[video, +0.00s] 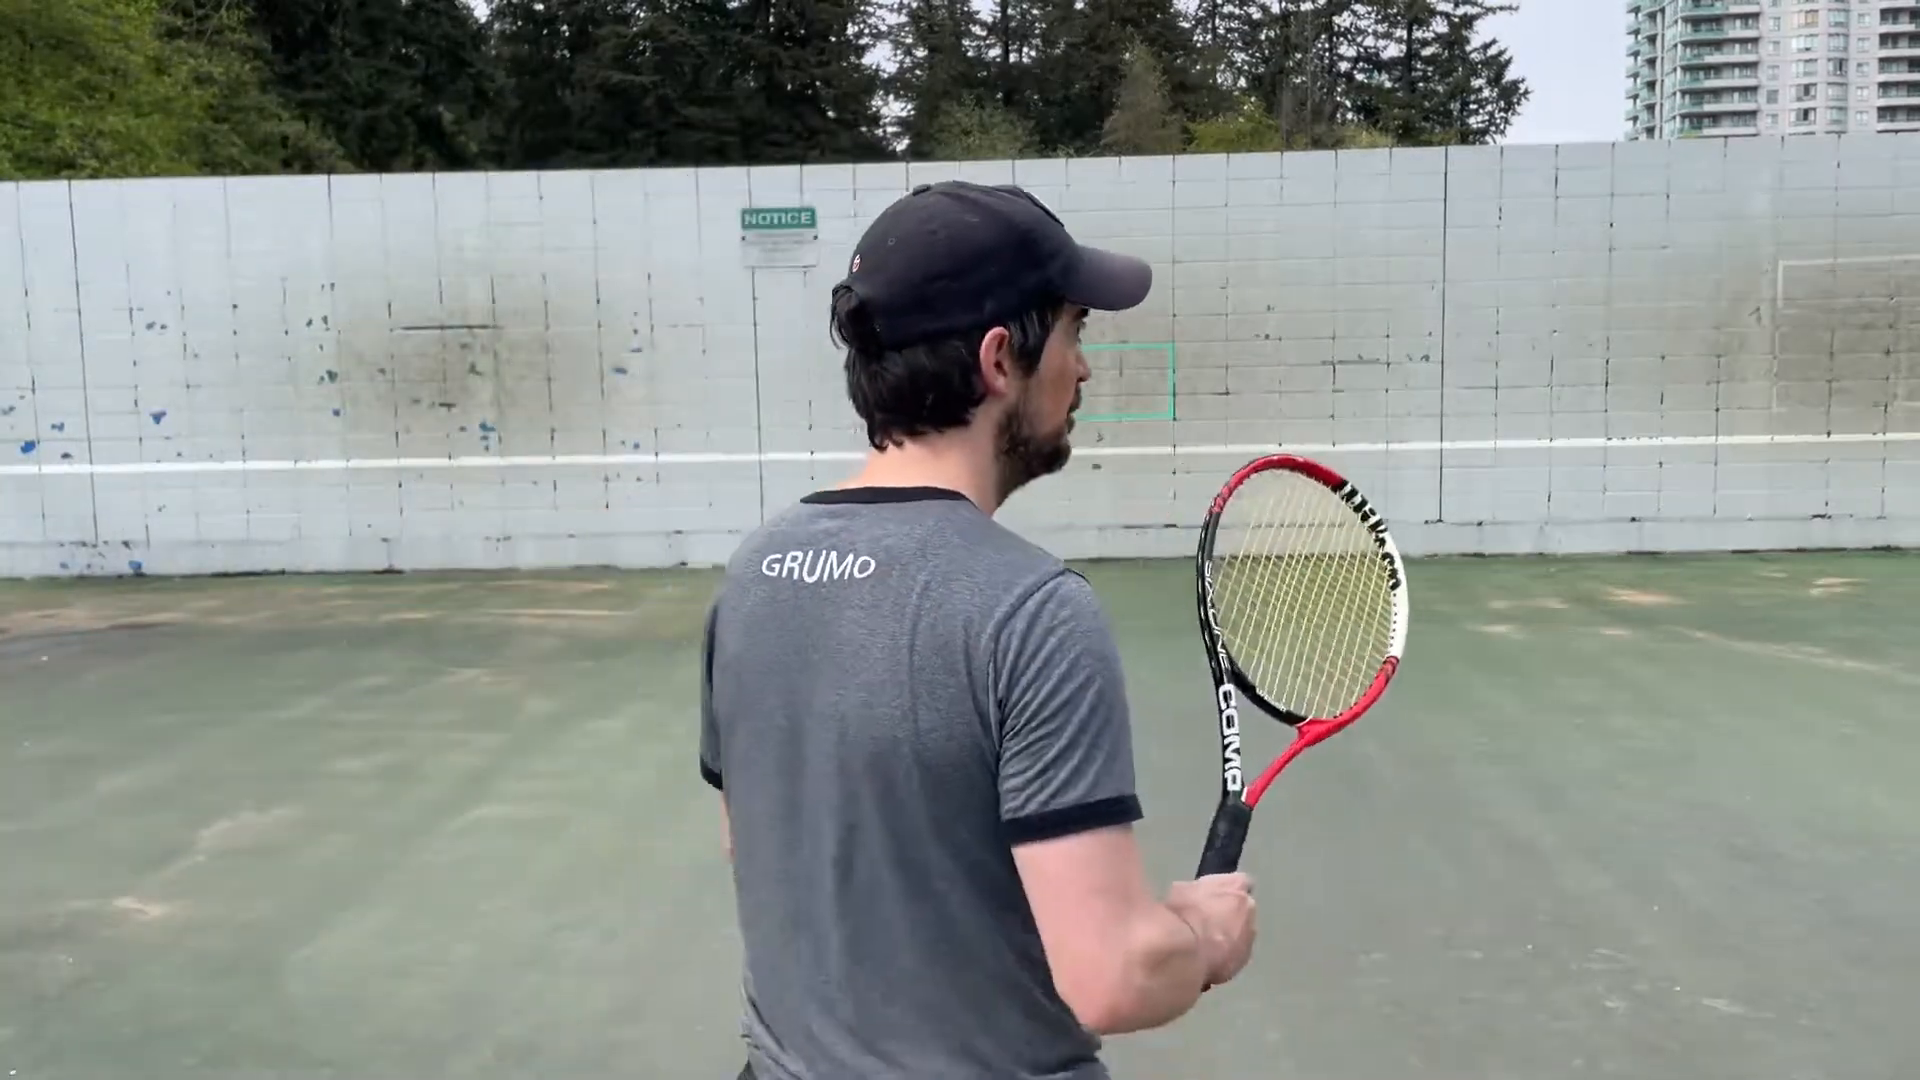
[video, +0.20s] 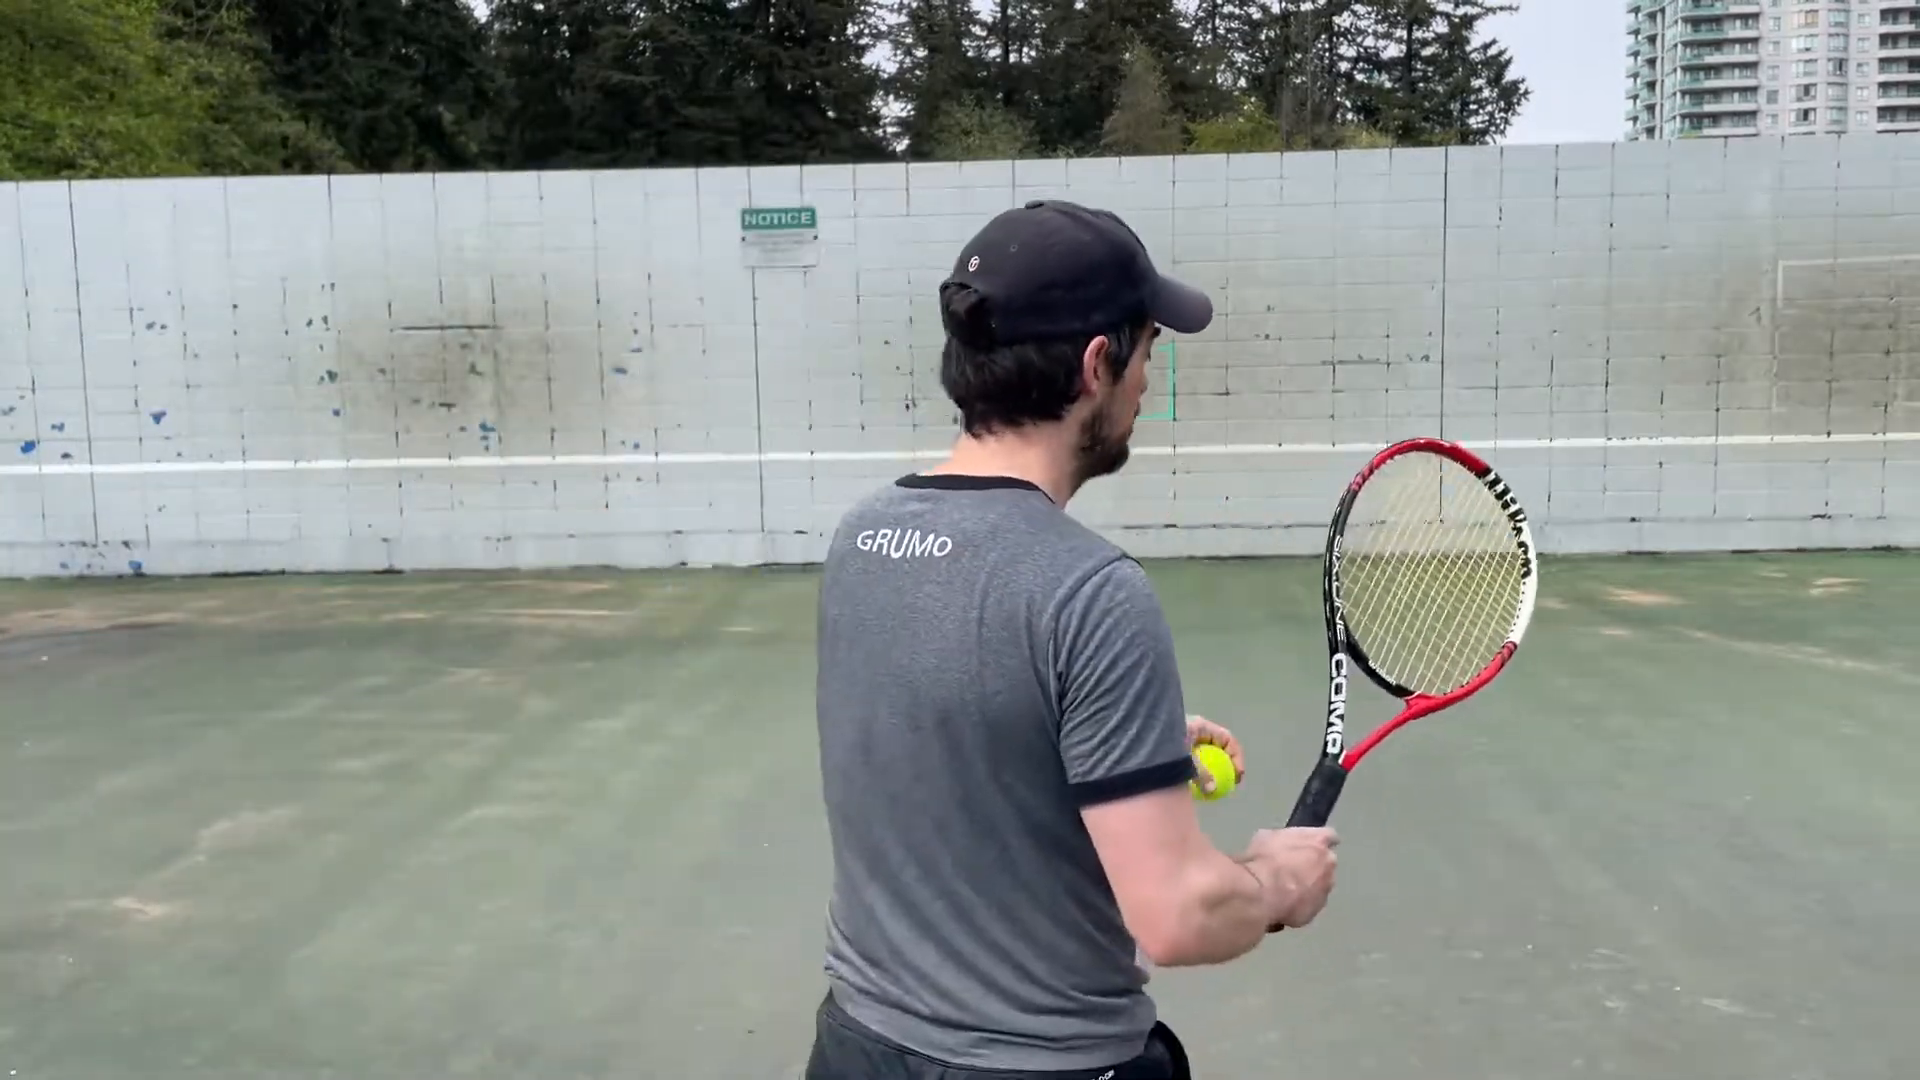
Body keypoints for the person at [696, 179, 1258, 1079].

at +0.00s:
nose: (1084, 368)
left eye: (1080, 334)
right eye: (1070, 335)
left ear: (888, 359)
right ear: (999, 359)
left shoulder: (760, 566)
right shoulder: (1027, 605)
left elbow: (754, 852)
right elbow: (1109, 982)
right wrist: (1203, 935)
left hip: (787, 1060)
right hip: (1005, 1065)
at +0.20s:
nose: (1149, 378)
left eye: (1154, 350)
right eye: (1147, 351)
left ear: (975, 358)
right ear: (1095, 365)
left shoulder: (865, 536)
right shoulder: (1087, 590)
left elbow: (925, 764)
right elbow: (1174, 919)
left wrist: (1129, 745)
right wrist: (1270, 883)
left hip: (862, 1044)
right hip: (1063, 1062)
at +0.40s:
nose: (1231, 409)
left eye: (1238, 385)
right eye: (1235, 386)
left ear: (1075, 380)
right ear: (1206, 397)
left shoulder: (965, 537)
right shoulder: (1181, 613)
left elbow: (1060, 607)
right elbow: (1281, 894)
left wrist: (1214, 578)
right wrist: (1397, 856)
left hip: (947, 1023)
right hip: (1119, 1046)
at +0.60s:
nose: (1287, 389)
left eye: (1294, 367)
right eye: (1292, 366)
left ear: (1149, 352)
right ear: (1265, 371)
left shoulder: (1040, 492)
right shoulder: (1207, 546)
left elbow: (1118, 560)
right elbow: (1315, 804)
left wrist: (1221, 520)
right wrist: (1521, 795)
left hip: (996, 930)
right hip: (1137, 971)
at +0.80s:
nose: (1323, 451)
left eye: (1329, 432)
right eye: (1327, 431)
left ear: (1200, 413)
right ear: (1300, 434)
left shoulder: (1090, 515)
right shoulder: (1217, 573)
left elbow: (1154, 492)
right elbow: (1285, 761)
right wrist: (1537, 755)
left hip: (1037, 929)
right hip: (1165, 968)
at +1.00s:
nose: (1403, 450)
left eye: (1412, 433)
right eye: (1410, 430)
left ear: (1292, 404)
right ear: (1387, 428)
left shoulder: (1169, 486)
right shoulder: (1318, 542)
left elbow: (1055, 516)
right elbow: (1354, 699)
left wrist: (1068, 518)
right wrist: (1545, 786)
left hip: (1106, 870)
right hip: (1242, 899)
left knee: (1116, 1070)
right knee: (1295, 1064)